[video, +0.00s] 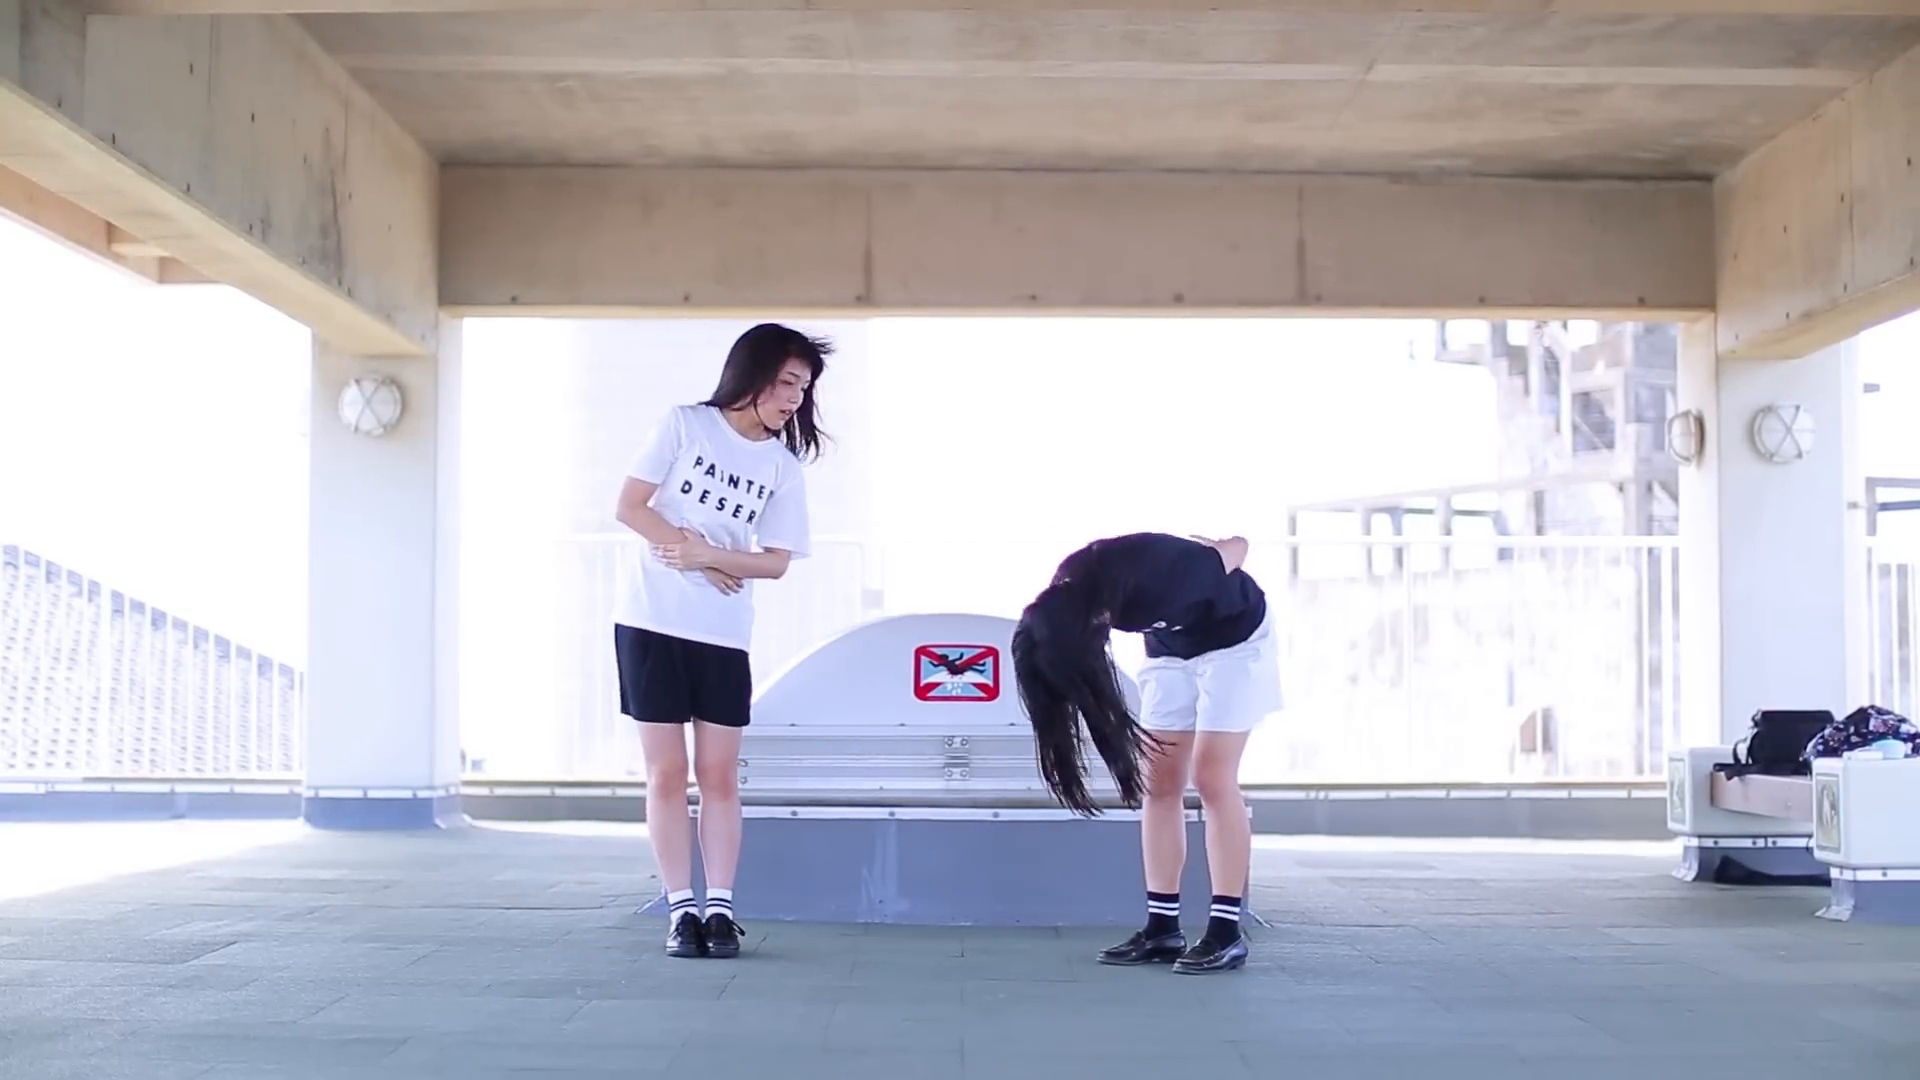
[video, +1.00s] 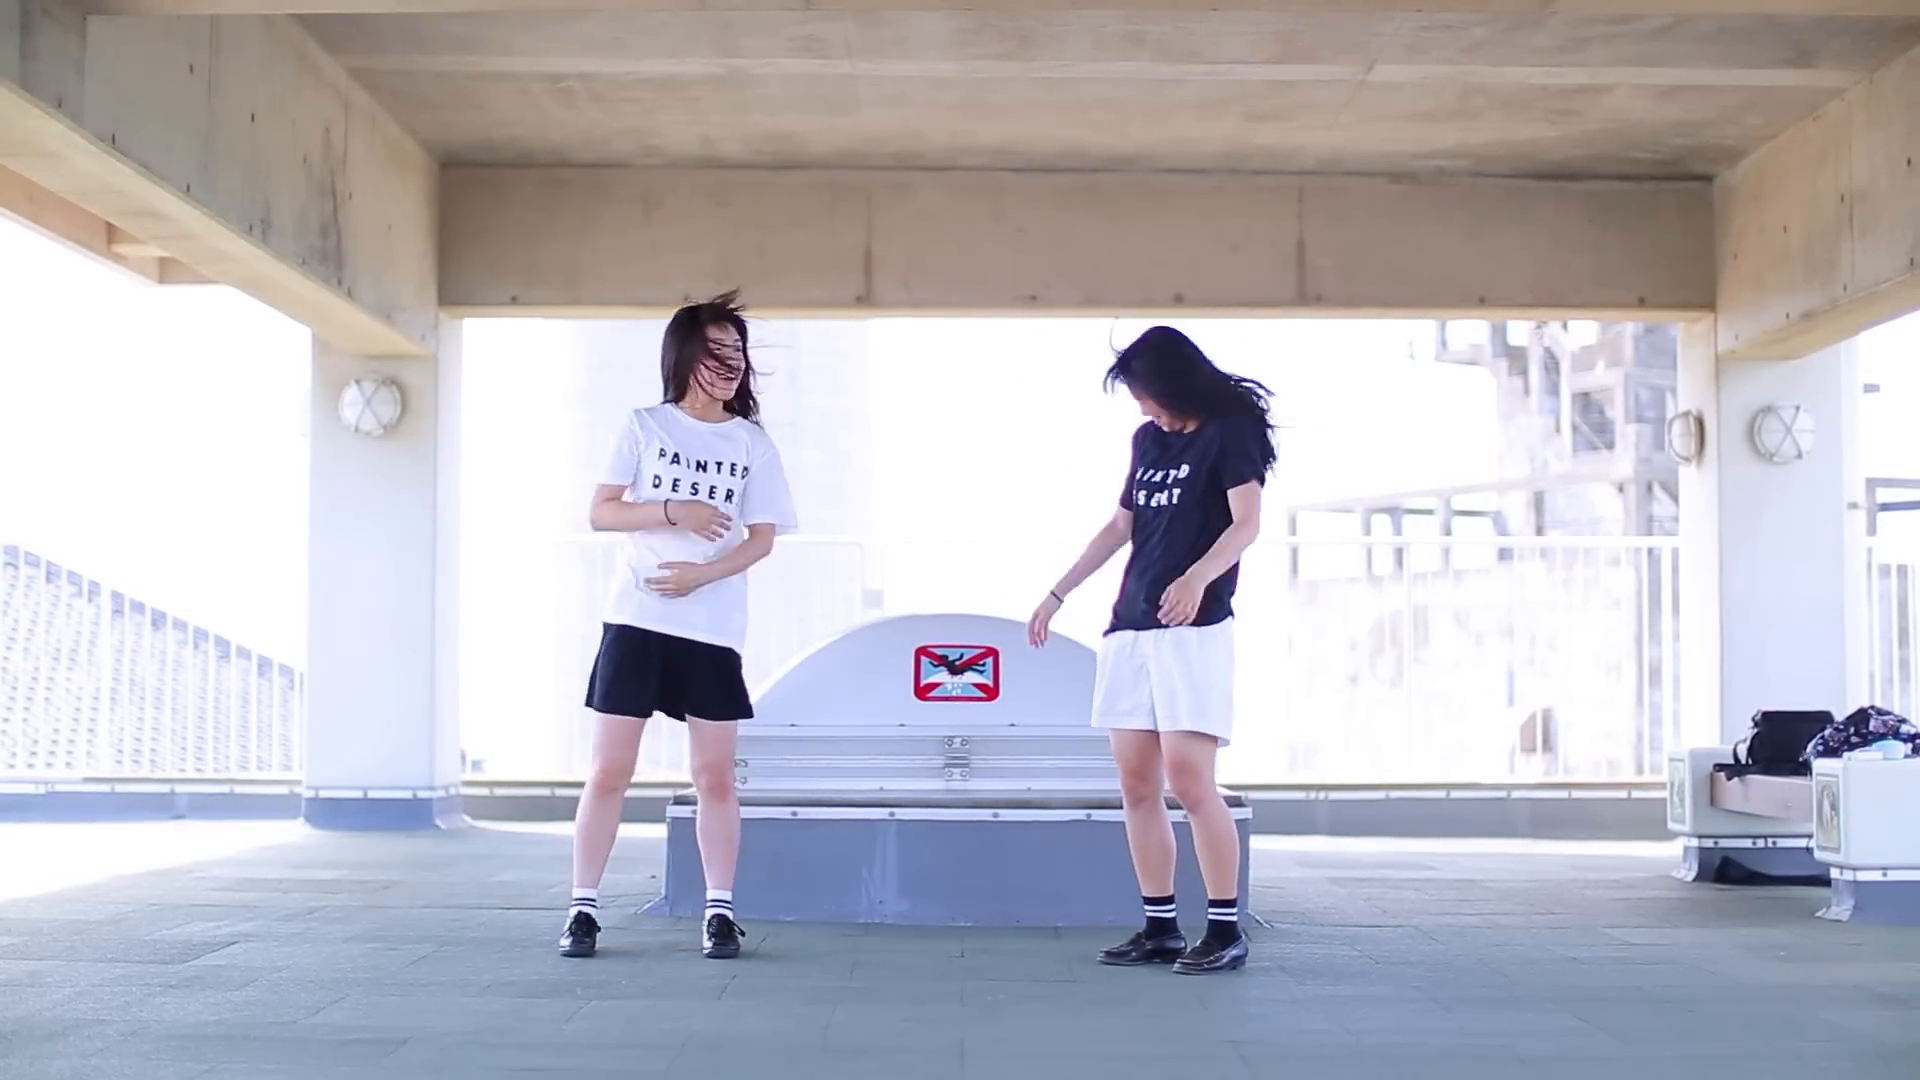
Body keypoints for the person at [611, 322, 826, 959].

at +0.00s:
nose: (795, 396)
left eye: (804, 386)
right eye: (787, 380)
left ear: (806, 392)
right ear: (752, 374)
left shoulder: (784, 466)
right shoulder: (686, 423)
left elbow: (777, 562)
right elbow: (631, 506)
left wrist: (708, 552)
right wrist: (702, 558)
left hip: (724, 633)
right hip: (653, 624)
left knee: (720, 779)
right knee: (666, 776)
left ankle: (720, 910)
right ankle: (682, 910)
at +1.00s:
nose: (726, 363)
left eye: (735, 353)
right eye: (712, 351)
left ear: (746, 361)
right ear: (682, 355)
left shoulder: (753, 441)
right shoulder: (646, 424)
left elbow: (763, 538)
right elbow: (601, 512)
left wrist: (704, 573)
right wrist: (676, 510)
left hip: (712, 630)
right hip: (636, 621)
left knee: (716, 778)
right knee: (609, 774)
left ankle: (719, 911)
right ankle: (583, 908)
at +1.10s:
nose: (699, 359)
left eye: (710, 349)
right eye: (686, 348)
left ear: (723, 357)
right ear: (658, 355)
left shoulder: (738, 438)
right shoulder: (630, 422)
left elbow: (749, 538)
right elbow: (580, 500)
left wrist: (713, 601)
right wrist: (640, 453)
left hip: (700, 626)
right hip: (624, 619)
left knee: (709, 779)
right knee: (602, 775)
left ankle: (718, 912)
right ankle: (582, 910)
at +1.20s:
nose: (671, 358)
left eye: (682, 347)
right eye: (656, 348)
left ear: (700, 356)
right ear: (632, 358)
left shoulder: (724, 438)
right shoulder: (616, 422)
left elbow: (742, 533)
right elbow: (561, 471)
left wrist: (728, 617)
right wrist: (610, 395)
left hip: (688, 630)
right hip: (609, 621)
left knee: (701, 780)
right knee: (594, 774)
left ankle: (718, 910)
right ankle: (581, 909)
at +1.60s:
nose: (598, 361)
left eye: (615, 350)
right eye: (592, 350)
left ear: (644, 364)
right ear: (583, 360)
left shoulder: (667, 434)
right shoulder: (563, 425)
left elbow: (707, 516)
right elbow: (486, 440)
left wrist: (681, 564)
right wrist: (538, 381)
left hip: (640, 622)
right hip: (565, 619)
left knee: (657, 780)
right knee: (570, 774)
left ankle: (672, 905)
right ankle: (579, 909)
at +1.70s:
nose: (579, 350)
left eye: (595, 341)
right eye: (580, 340)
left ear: (632, 363)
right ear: (581, 358)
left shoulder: (666, 430)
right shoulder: (564, 423)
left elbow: (705, 515)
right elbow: (488, 456)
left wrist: (661, 511)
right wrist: (519, 389)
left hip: (639, 621)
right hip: (564, 617)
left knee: (639, 780)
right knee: (570, 774)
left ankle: (645, 909)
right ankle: (578, 910)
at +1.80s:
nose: (579, 355)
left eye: (594, 346)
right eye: (580, 344)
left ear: (632, 363)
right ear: (585, 357)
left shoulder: (667, 430)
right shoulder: (563, 425)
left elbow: (702, 497)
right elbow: (494, 467)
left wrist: (635, 453)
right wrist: (521, 393)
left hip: (637, 621)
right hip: (564, 618)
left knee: (637, 780)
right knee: (571, 774)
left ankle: (648, 907)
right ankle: (577, 910)